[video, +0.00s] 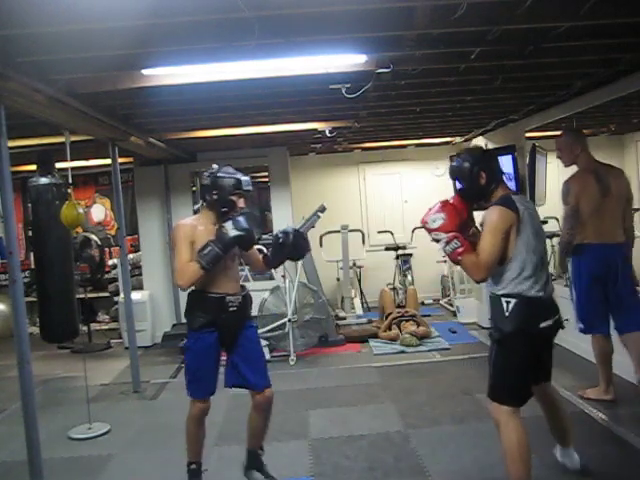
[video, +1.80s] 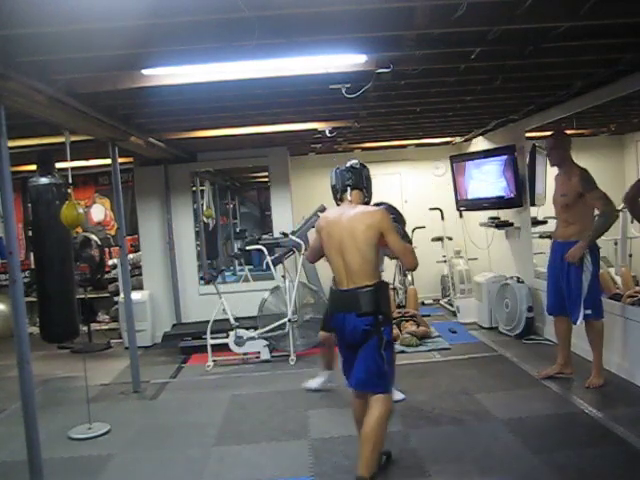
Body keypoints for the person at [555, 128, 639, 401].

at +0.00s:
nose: (558, 155)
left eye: (561, 149)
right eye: (557, 150)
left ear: (577, 148)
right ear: (582, 147)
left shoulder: (573, 183)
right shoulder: (618, 175)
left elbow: (568, 229)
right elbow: (628, 224)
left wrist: (561, 258)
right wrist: (627, 260)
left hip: (588, 256)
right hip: (619, 254)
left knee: (598, 326)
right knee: (629, 322)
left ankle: (605, 387)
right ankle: (637, 378)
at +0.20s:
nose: (548, 153)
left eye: (551, 148)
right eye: (547, 148)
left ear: (567, 147)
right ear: (571, 147)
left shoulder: (563, 181)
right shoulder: (603, 175)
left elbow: (552, 226)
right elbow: (617, 219)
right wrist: (625, 256)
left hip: (576, 251)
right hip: (602, 248)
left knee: (591, 320)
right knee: (597, 318)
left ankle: (603, 385)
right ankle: (603, 379)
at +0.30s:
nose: (545, 153)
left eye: (549, 148)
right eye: (545, 148)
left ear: (565, 148)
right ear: (568, 149)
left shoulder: (562, 181)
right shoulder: (596, 177)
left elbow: (551, 227)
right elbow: (609, 222)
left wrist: (533, 239)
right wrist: (613, 258)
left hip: (572, 250)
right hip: (593, 248)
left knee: (587, 316)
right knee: (582, 310)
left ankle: (603, 383)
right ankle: (578, 363)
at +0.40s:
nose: (543, 155)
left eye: (546, 149)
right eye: (542, 150)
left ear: (560, 148)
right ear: (563, 150)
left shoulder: (563, 180)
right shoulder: (586, 177)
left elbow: (554, 227)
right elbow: (596, 223)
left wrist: (529, 248)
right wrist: (596, 257)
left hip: (570, 247)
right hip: (586, 246)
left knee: (583, 313)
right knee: (568, 306)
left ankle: (603, 382)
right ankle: (562, 361)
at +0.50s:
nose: (539, 156)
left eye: (542, 152)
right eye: (538, 152)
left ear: (555, 152)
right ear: (552, 154)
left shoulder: (565, 181)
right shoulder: (571, 179)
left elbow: (558, 226)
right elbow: (567, 220)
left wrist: (536, 252)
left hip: (569, 249)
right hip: (566, 248)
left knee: (583, 313)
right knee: (559, 309)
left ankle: (604, 380)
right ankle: (560, 365)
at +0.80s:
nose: (529, 153)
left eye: (533, 148)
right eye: (527, 149)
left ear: (544, 148)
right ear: (526, 152)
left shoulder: (558, 175)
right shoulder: (534, 183)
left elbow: (581, 211)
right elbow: (531, 221)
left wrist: (564, 244)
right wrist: (518, 255)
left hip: (567, 245)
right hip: (547, 246)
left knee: (568, 309)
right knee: (554, 309)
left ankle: (597, 370)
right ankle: (560, 366)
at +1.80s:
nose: (548, 154)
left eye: (551, 150)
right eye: (546, 150)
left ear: (565, 149)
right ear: (551, 152)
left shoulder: (580, 176)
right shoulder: (558, 177)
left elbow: (611, 212)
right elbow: (566, 214)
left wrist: (583, 245)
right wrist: (556, 237)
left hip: (581, 251)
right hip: (559, 249)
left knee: (590, 312)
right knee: (559, 309)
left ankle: (597, 370)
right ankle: (563, 363)